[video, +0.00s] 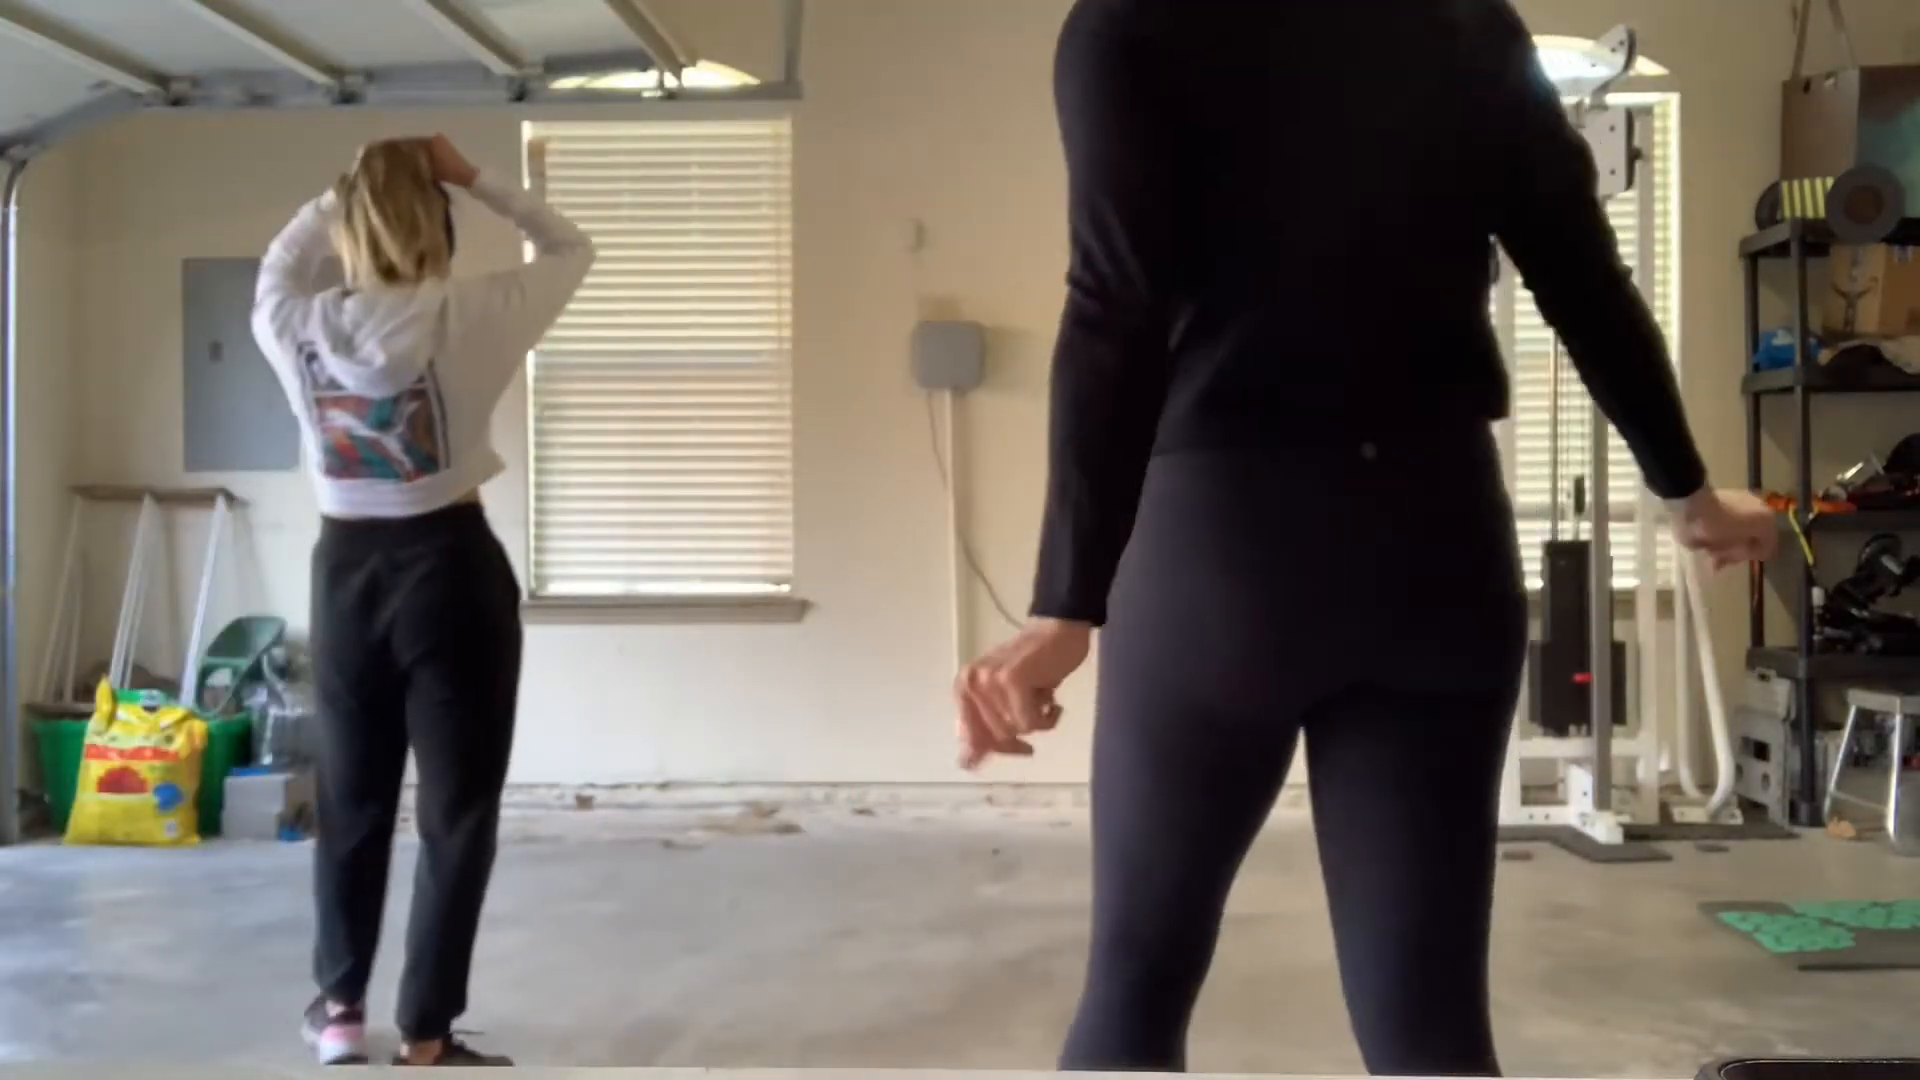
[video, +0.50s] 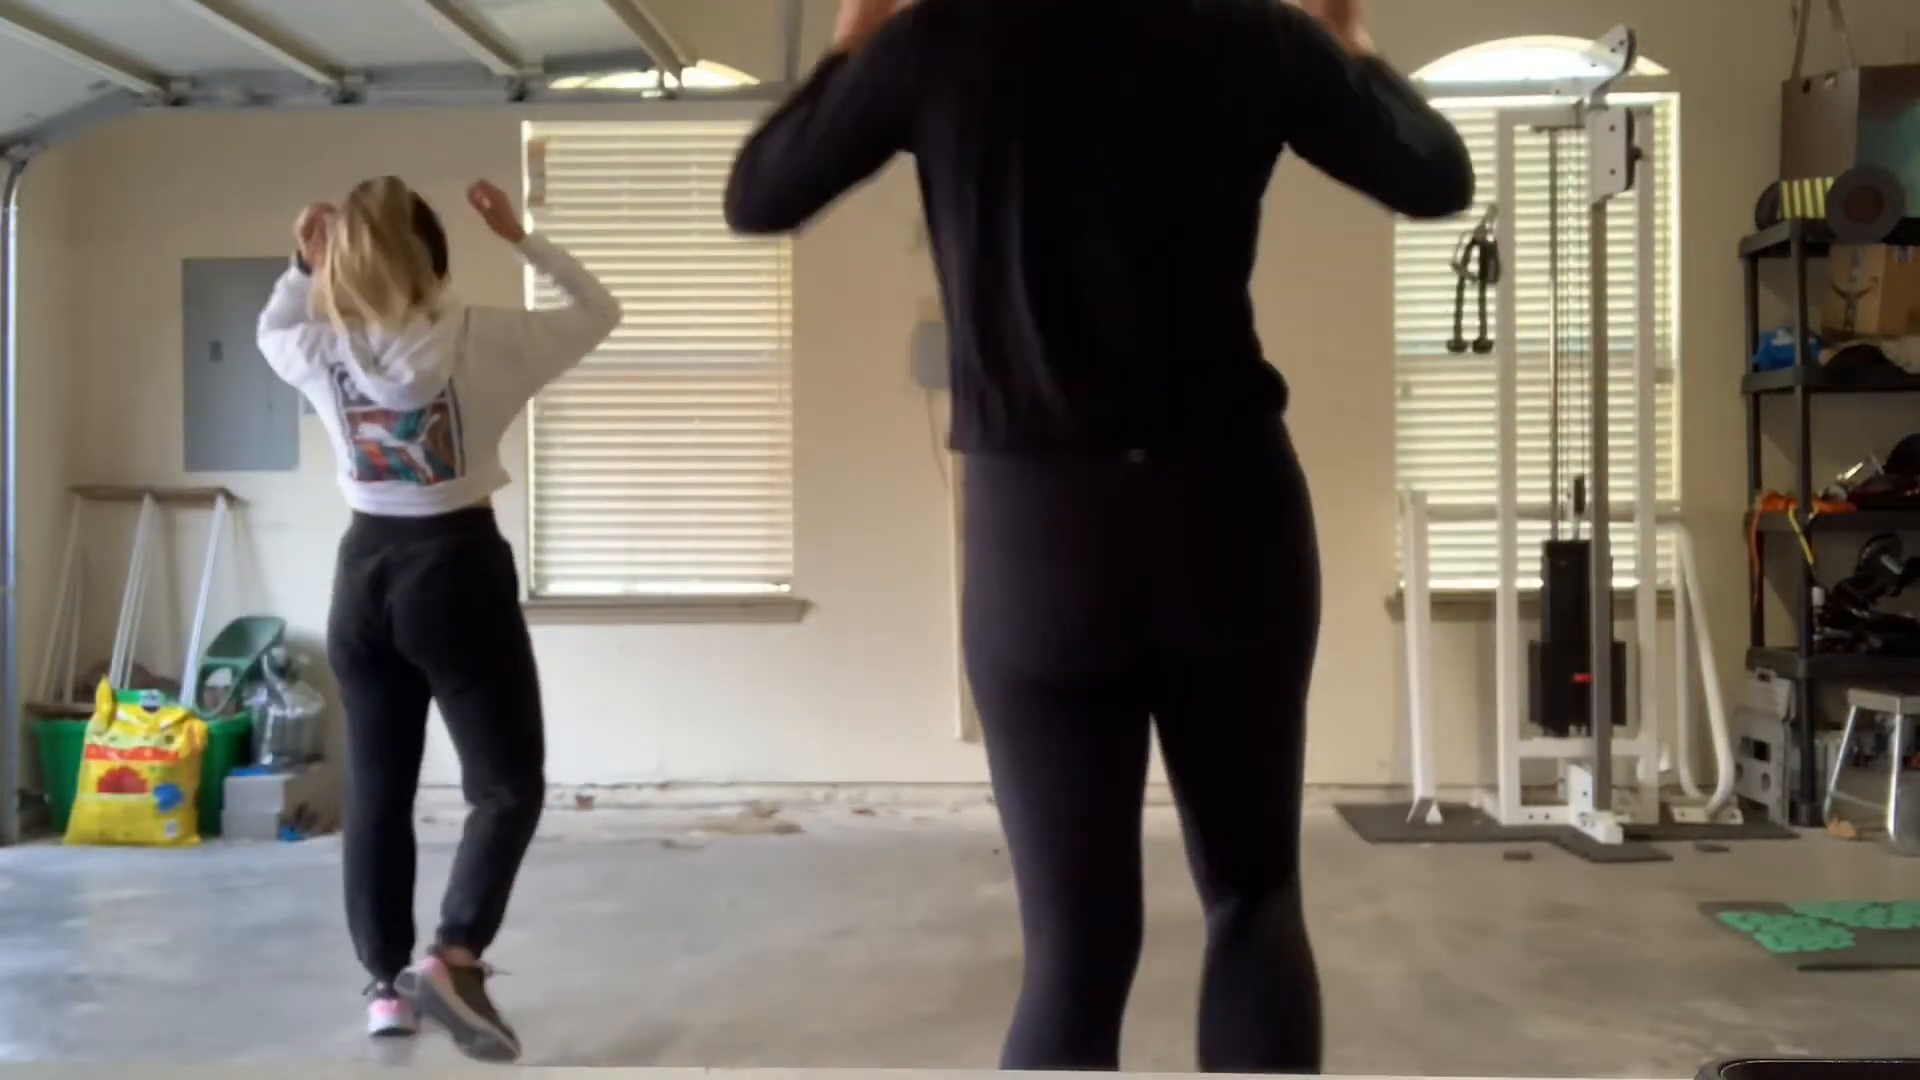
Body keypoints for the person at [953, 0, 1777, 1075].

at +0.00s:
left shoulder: (1123, 26)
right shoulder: (1463, 24)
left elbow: (1116, 307)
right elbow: (1578, 268)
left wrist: (1067, 604)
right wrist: (1690, 493)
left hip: (1222, 532)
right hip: (1438, 532)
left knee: (1133, 990)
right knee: (1431, 1025)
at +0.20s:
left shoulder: (1058, 54)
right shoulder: (1376, 51)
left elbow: (1000, 339)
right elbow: (1479, 294)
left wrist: (906, 608)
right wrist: (1562, 483)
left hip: (1119, 572)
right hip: (1332, 569)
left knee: (1107, 987)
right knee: (1361, 1001)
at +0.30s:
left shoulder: (1019, 58)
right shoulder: (1329, 52)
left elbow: (929, 308)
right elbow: (1437, 268)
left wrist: (806, 483)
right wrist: (1494, 363)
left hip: (1071, 553)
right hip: (1273, 553)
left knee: (1079, 971)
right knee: (1304, 981)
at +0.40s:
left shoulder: (976, 58)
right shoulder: (1285, 47)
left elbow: (815, 297)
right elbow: (1448, 258)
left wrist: (785, 253)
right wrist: (1419, 179)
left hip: (1034, 558)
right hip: (1233, 554)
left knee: (1061, 961)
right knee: (1280, 942)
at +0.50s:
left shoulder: (944, 34)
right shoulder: (1236, 27)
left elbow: (756, 196)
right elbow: (1439, 177)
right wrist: (1352, 49)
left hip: (1036, 543)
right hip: (1232, 530)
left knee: (1073, 940)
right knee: (1253, 895)